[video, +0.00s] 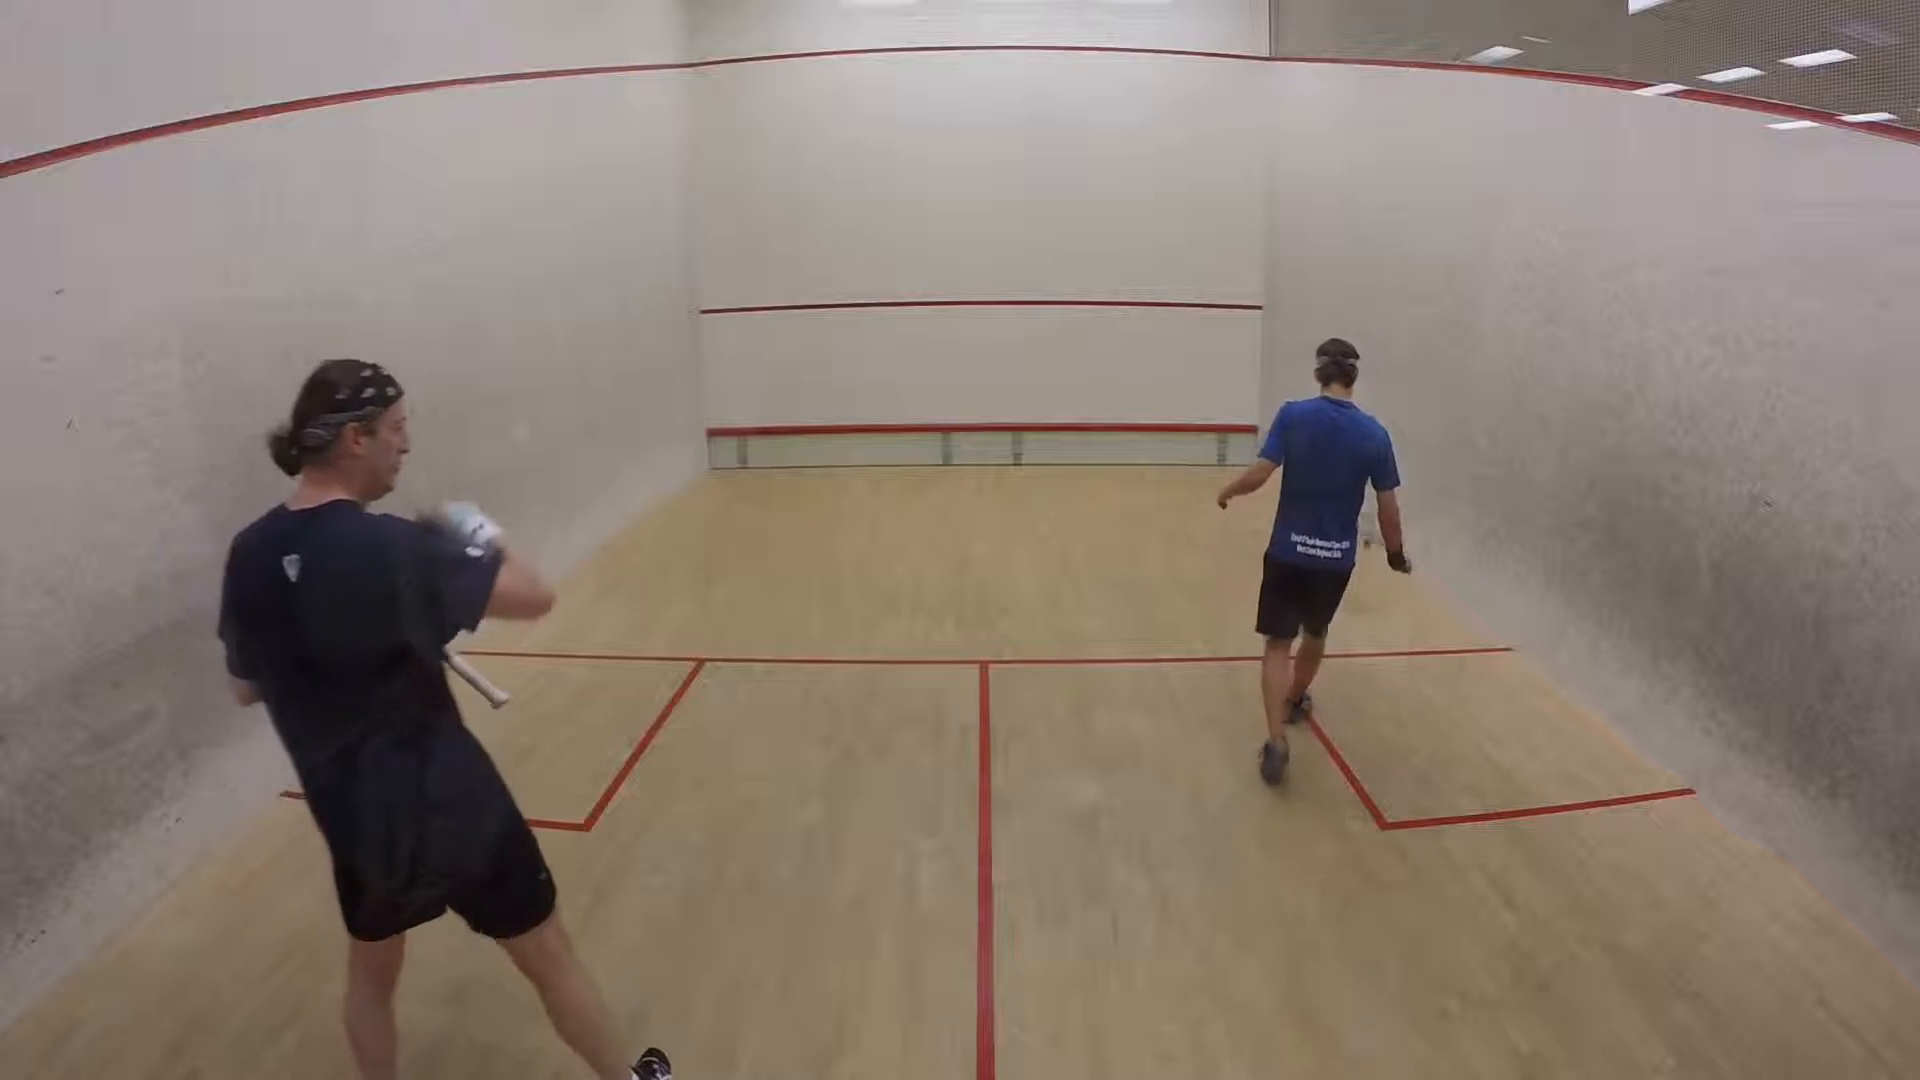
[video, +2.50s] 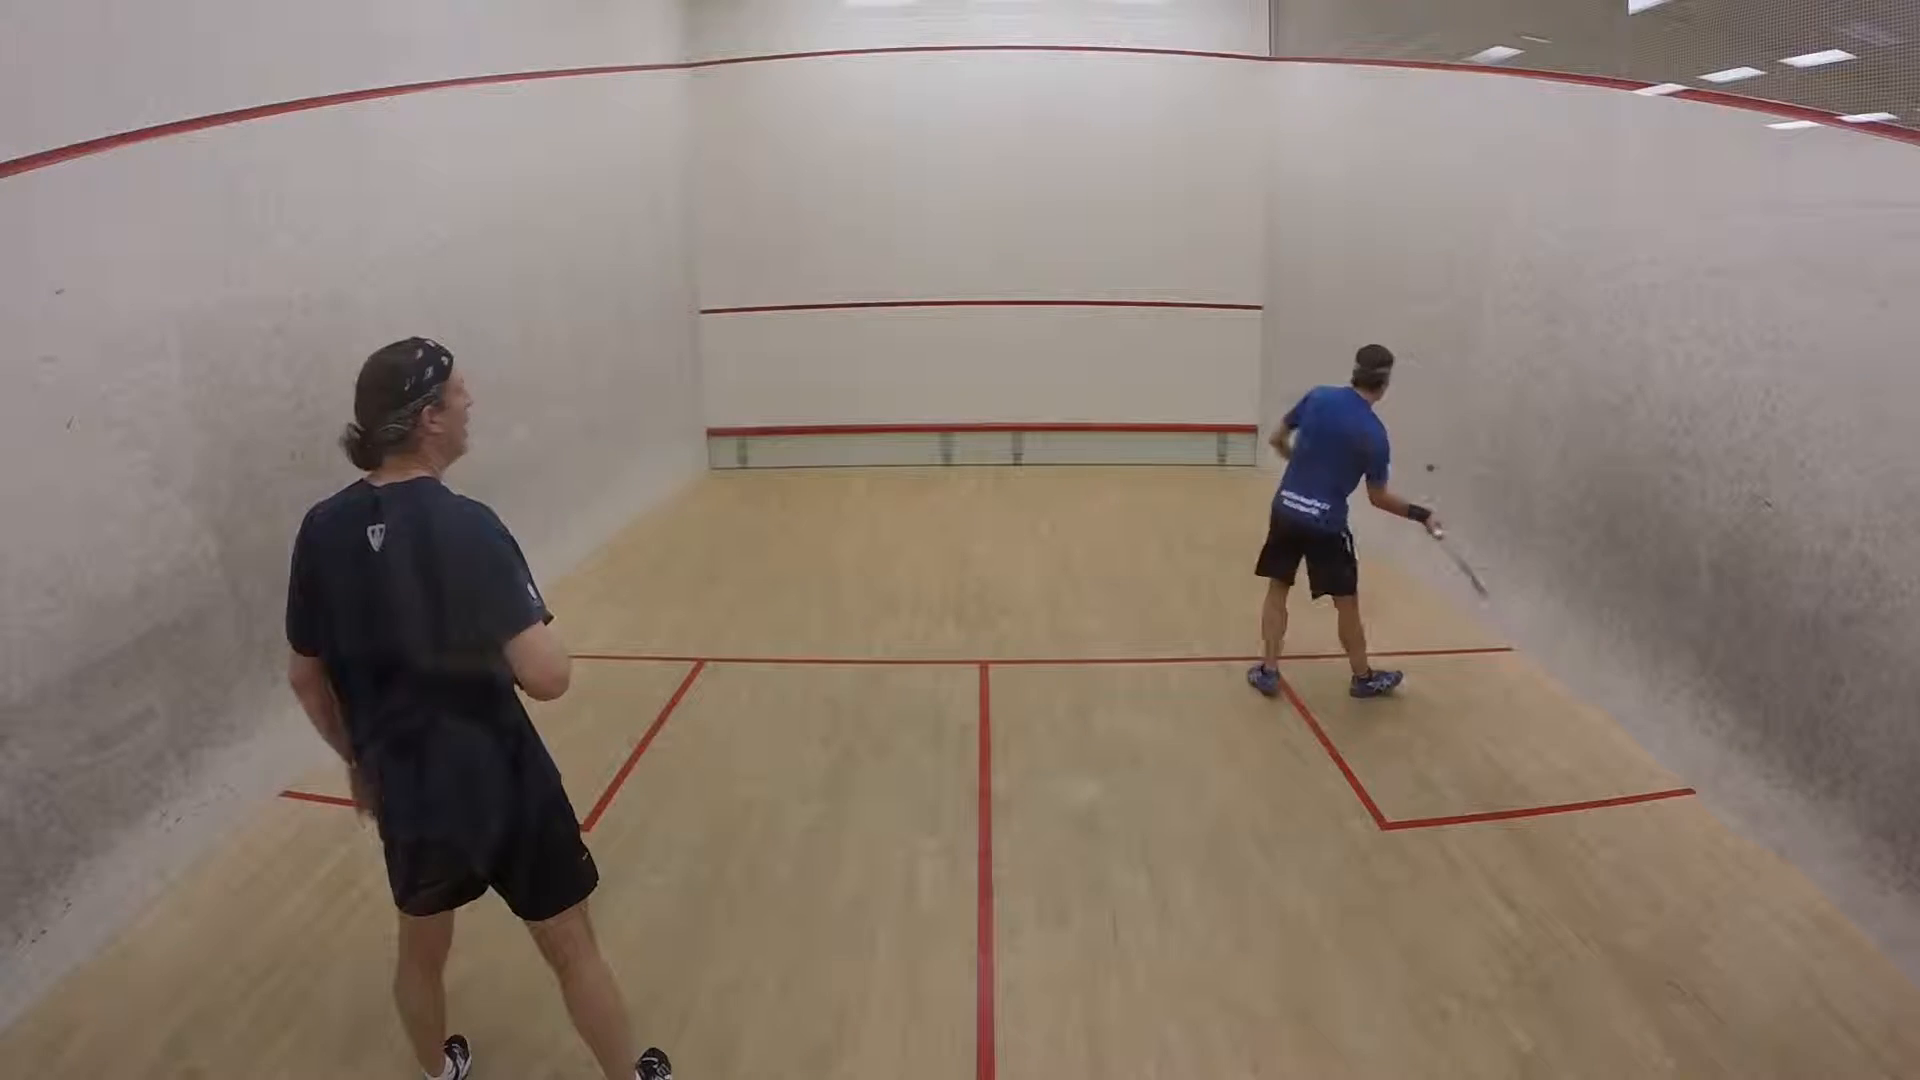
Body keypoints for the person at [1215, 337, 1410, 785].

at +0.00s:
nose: (1325, 378)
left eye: (1320, 370)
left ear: (1318, 375)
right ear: (1355, 377)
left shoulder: (1293, 414)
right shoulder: (1374, 434)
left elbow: (1259, 475)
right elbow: (1388, 508)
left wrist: (1226, 491)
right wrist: (1396, 554)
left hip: (1287, 555)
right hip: (1335, 563)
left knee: (1278, 645)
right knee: (1315, 634)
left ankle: (1276, 743)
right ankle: (1295, 699)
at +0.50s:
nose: (1373, 379)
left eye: (1370, 371)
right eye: (1374, 372)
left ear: (1340, 364)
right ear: (1371, 372)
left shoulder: (1307, 398)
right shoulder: (1369, 420)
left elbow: (1281, 452)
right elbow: (1363, 490)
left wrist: (1309, 480)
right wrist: (1367, 548)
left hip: (1306, 522)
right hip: (1340, 530)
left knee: (1307, 592)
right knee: (1322, 614)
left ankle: (1302, 660)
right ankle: (1293, 695)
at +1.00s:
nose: (1402, 369)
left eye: (1403, 362)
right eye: (1398, 361)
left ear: (1373, 360)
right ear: (1378, 359)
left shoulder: (1351, 391)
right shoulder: (1361, 403)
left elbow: (1366, 442)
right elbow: (1344, 468)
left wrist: (1393, 470)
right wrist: (1383, 507)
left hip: (1330, 506)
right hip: (1353, 513)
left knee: (1324, 577)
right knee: (1377, 589)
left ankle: (1306, 655)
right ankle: (1365, 674)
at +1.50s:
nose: (1441, 373)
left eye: (1442, 366)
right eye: (1437, 365)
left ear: (1413, 363)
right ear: (1412, 362)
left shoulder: (1390, 394)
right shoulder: (1395, 405)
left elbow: (1377, 462)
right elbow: (1383, 473)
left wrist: (1400, 492)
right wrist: (1433, 495)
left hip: (1359, 507)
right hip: (1378, 517)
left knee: (1356, 581)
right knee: (1382, 597)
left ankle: (1316, 645)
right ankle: (1368, 676)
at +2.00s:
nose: (1446, 391)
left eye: (1449, 384)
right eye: (1448, 384)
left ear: (1417, 372)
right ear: (1440, 382)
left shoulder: (1390, 398)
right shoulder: (1406, 417)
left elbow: (1374, 463)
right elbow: (1396, 485)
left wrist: (1406, 495)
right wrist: (1447, 512)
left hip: (1340, 507)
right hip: (1365, 522)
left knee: (1340, 582)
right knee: (1375, 599)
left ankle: (1295, 644)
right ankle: (1367, 677)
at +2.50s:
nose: (1388, 387)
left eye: (1386, 380)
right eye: (1388, 381)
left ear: (1354, 374)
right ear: (1383, 384)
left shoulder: (1319, 396)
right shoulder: (1374, 434)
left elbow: (1277, 439)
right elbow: (1378, 497)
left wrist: (1299, 461)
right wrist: (1421, 514)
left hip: (1286, 513)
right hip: (1327, 526)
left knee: (1277, 588)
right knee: (1346, 602)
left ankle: (1269, 671)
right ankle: (1363, 676)